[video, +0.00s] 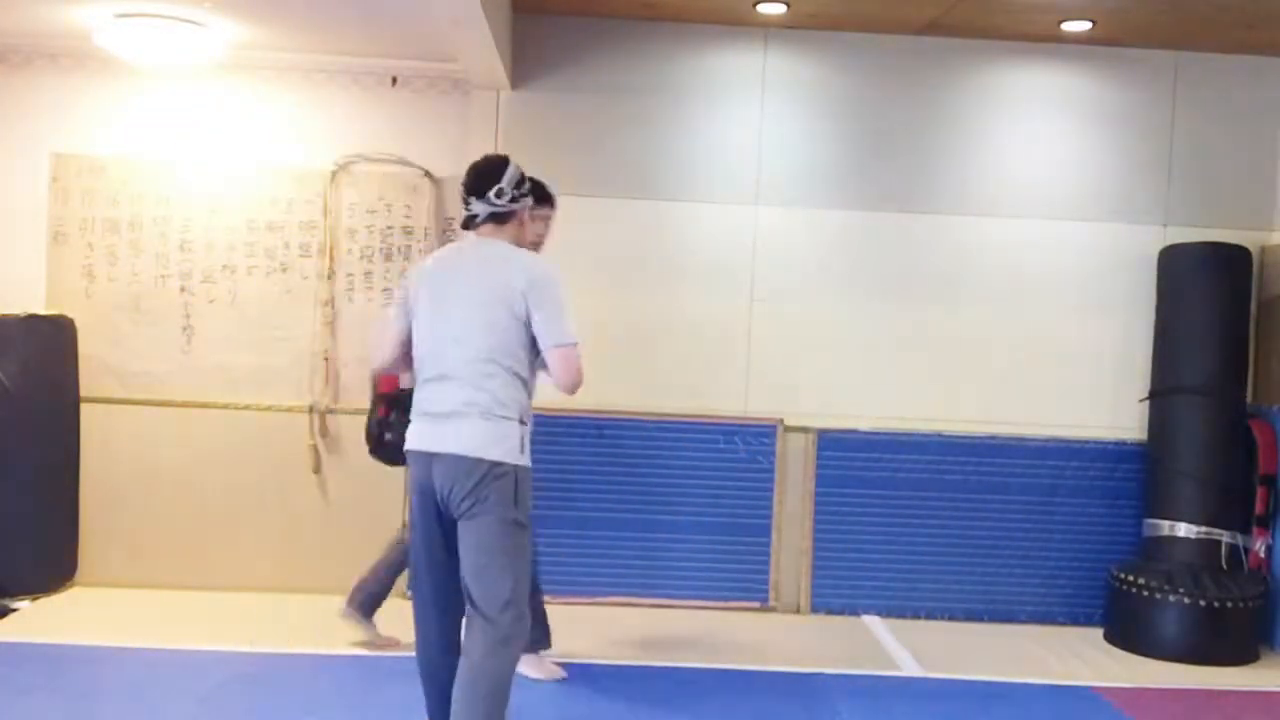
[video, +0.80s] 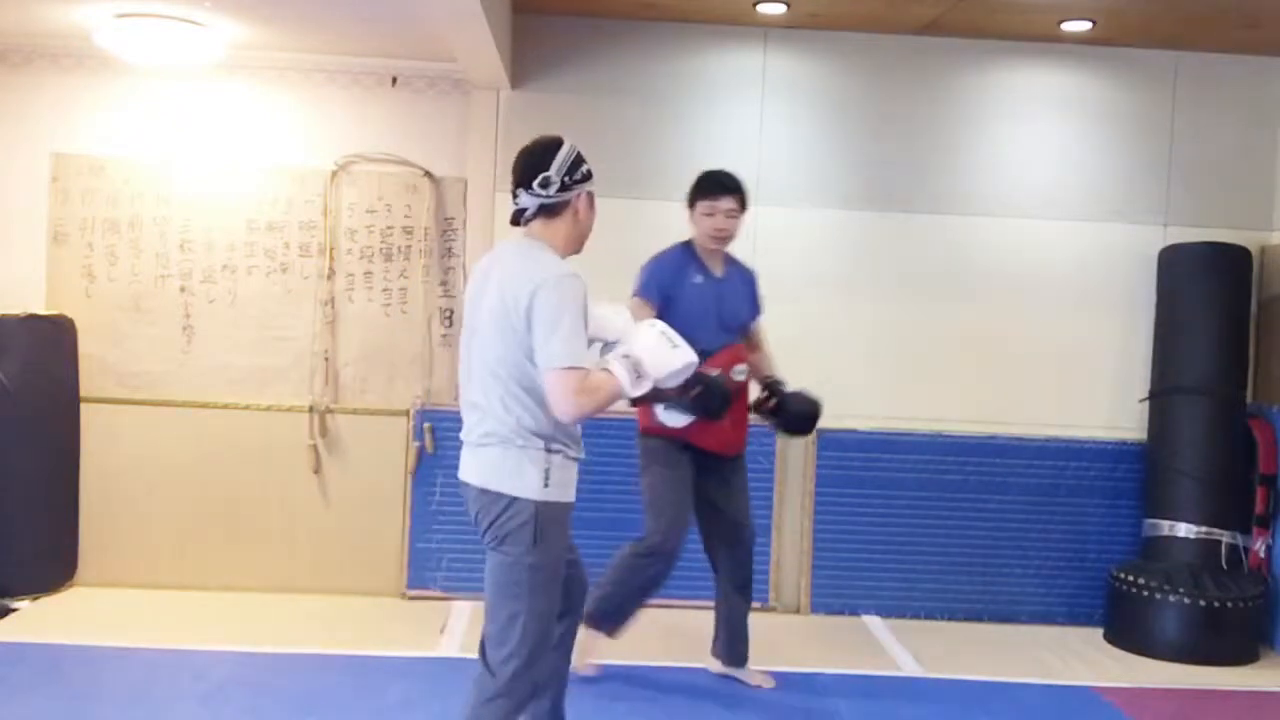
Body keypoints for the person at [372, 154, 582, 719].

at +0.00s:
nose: (538, 225)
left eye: (540, 214)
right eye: (534, 213)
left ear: (469, 207)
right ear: (517, 209)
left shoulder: (427, 269)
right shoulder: (529, 270)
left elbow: (384, 359)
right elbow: (568, 377)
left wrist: (441, 351)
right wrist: (527, 341)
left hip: (423, 459)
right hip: (488, 462)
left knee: (434, 611)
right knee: (498, 619)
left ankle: (444, 712)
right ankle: (473, 713)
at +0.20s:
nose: (556, 228)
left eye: (557, 218)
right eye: (552, 217)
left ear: (488, 218)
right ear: (533, 219)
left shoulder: (444, 280)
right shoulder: (534, 282)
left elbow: (417, 373)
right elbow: (551, 399)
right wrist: (587, 363)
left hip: (432, 482)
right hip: (495, 485)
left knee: (444, 636)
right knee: (509, 647)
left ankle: (447, 714)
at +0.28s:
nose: (563, 229)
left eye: (563, 217)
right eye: (559, 216)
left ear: (495, 219)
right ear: (540, 219)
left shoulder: (451, 283)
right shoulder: (534, 287)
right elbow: (551, 405)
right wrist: (592, 370)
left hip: (438, 487)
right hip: (501, 492)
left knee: (456, 640)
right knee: (514, 656)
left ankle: (454, 714)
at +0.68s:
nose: (587, 214)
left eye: (586, 201)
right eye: (586, 200)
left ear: (525, 201)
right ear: (570, 203)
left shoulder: (492, 266)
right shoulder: (536, 282)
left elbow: (508, 356)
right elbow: (559, 405)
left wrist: (585, 342)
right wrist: (621, 362)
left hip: (489, 483)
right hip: (518, 494)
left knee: (520, 664)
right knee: (516, 674)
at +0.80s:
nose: (594, 211)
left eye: (592, 198)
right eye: (592, 198)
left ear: (529, 202)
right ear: (577, 201)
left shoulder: (494, 265)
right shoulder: (555, 280)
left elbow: (509, 364)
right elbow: (570, 400)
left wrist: (582, 334)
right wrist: (631, 368)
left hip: (489, 477)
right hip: (527, 490)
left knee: (566, 596)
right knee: (517, 662)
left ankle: (540, 710)